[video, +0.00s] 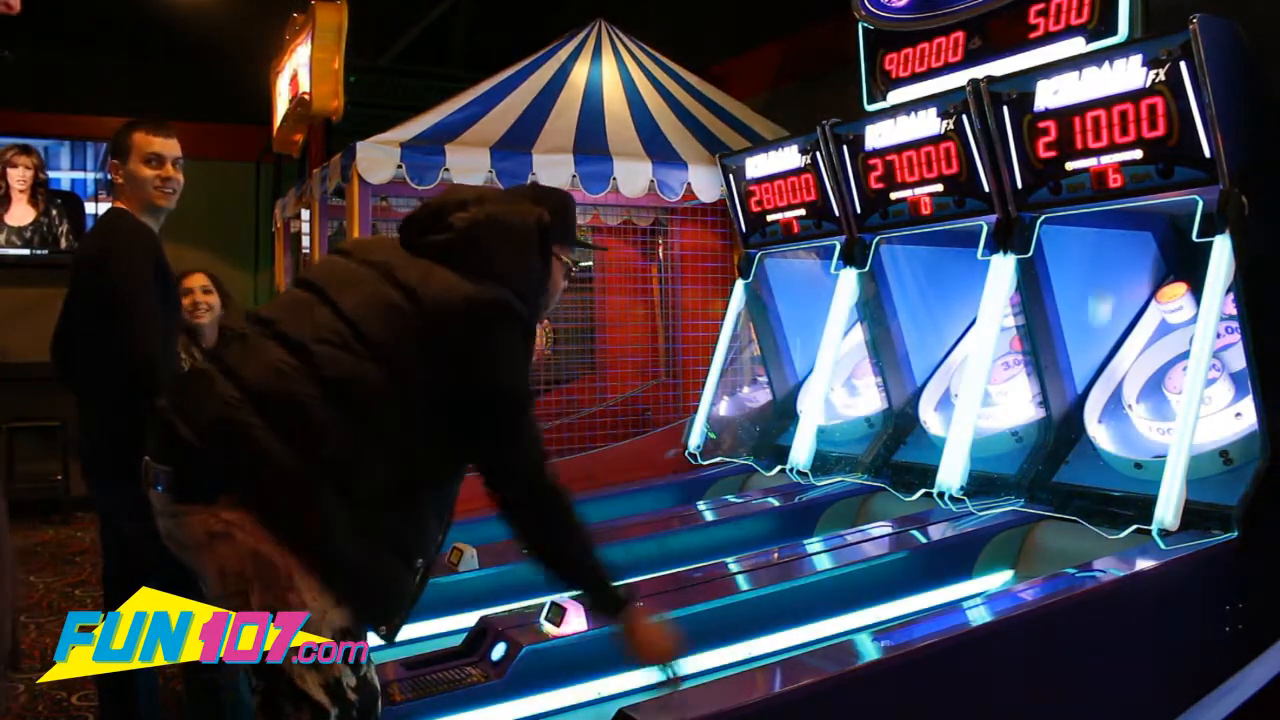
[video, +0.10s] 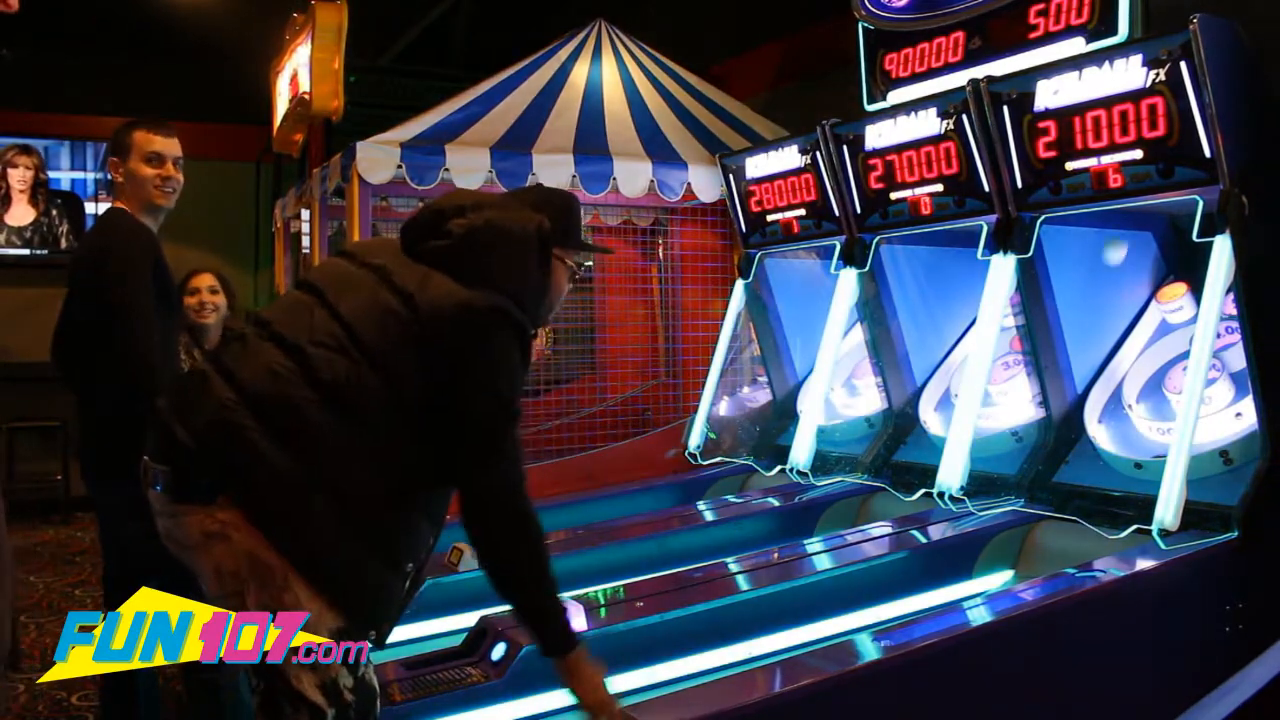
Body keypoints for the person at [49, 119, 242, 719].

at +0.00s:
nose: (171, 173)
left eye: (177, 164)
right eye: (155, 161)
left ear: (181, 175)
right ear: (118, 171)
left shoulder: (112, 237)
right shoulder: (129, 241)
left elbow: (68, 348)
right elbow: (149, 357)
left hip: (114, 442)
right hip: (132, 447)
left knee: (131, 588)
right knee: (150, 592)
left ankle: (128, 704)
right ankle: (138, 705)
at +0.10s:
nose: (171, 173)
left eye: (177, 164)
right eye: (155, 160)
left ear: (182, 174)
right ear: (118, 169)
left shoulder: (114, 236)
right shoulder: (125, 241)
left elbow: (69, 348)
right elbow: (143, 357)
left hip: (115, 443)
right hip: (129, 450)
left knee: (132, 590)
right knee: (148, 593)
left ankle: (130, 705)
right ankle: (136, 706)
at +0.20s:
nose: (179, 174)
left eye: (182, 165)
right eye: (165, 160)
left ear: (178, 174)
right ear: (121, 167)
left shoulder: (111, 237)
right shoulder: (125, 243)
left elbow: (69, 345)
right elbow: (144, 358)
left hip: (115, 444)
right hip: (130, 450)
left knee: (133, 590)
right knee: (149, 592)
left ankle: (131, 705)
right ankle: (137, 706)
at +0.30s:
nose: (186, 175)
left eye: (186, 164)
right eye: (173, 161)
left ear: (133, 171)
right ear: (128, 166)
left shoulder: (110, 238)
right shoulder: (126, 243)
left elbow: (69, 347)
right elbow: (148, 359)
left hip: (117, 450)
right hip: (133, 457)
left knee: (134, 596)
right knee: (151, 598)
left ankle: (131, 706)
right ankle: (141, 707)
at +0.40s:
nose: (188, 175)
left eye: (188, 163)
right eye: (176, 161)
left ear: (133, 169)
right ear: (131, 165)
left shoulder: (109, 237)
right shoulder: (126, 243)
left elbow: (68, 346)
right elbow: (147, 361)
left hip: (117, 451)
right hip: (133, 458)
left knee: (134, 595)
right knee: (150, 598)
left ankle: (131, 706)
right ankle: (140, 707)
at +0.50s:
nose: (190, 175)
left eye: (189, 163)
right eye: (179, 162)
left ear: (135, 168)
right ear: (133, 165)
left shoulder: (112, 239)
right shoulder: (126, 246)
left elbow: (67, 345)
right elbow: (146, 363)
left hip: (119, 456)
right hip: (134, 463)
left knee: (136, 604)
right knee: (150, 605)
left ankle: (133, 708)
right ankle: (142, 709)